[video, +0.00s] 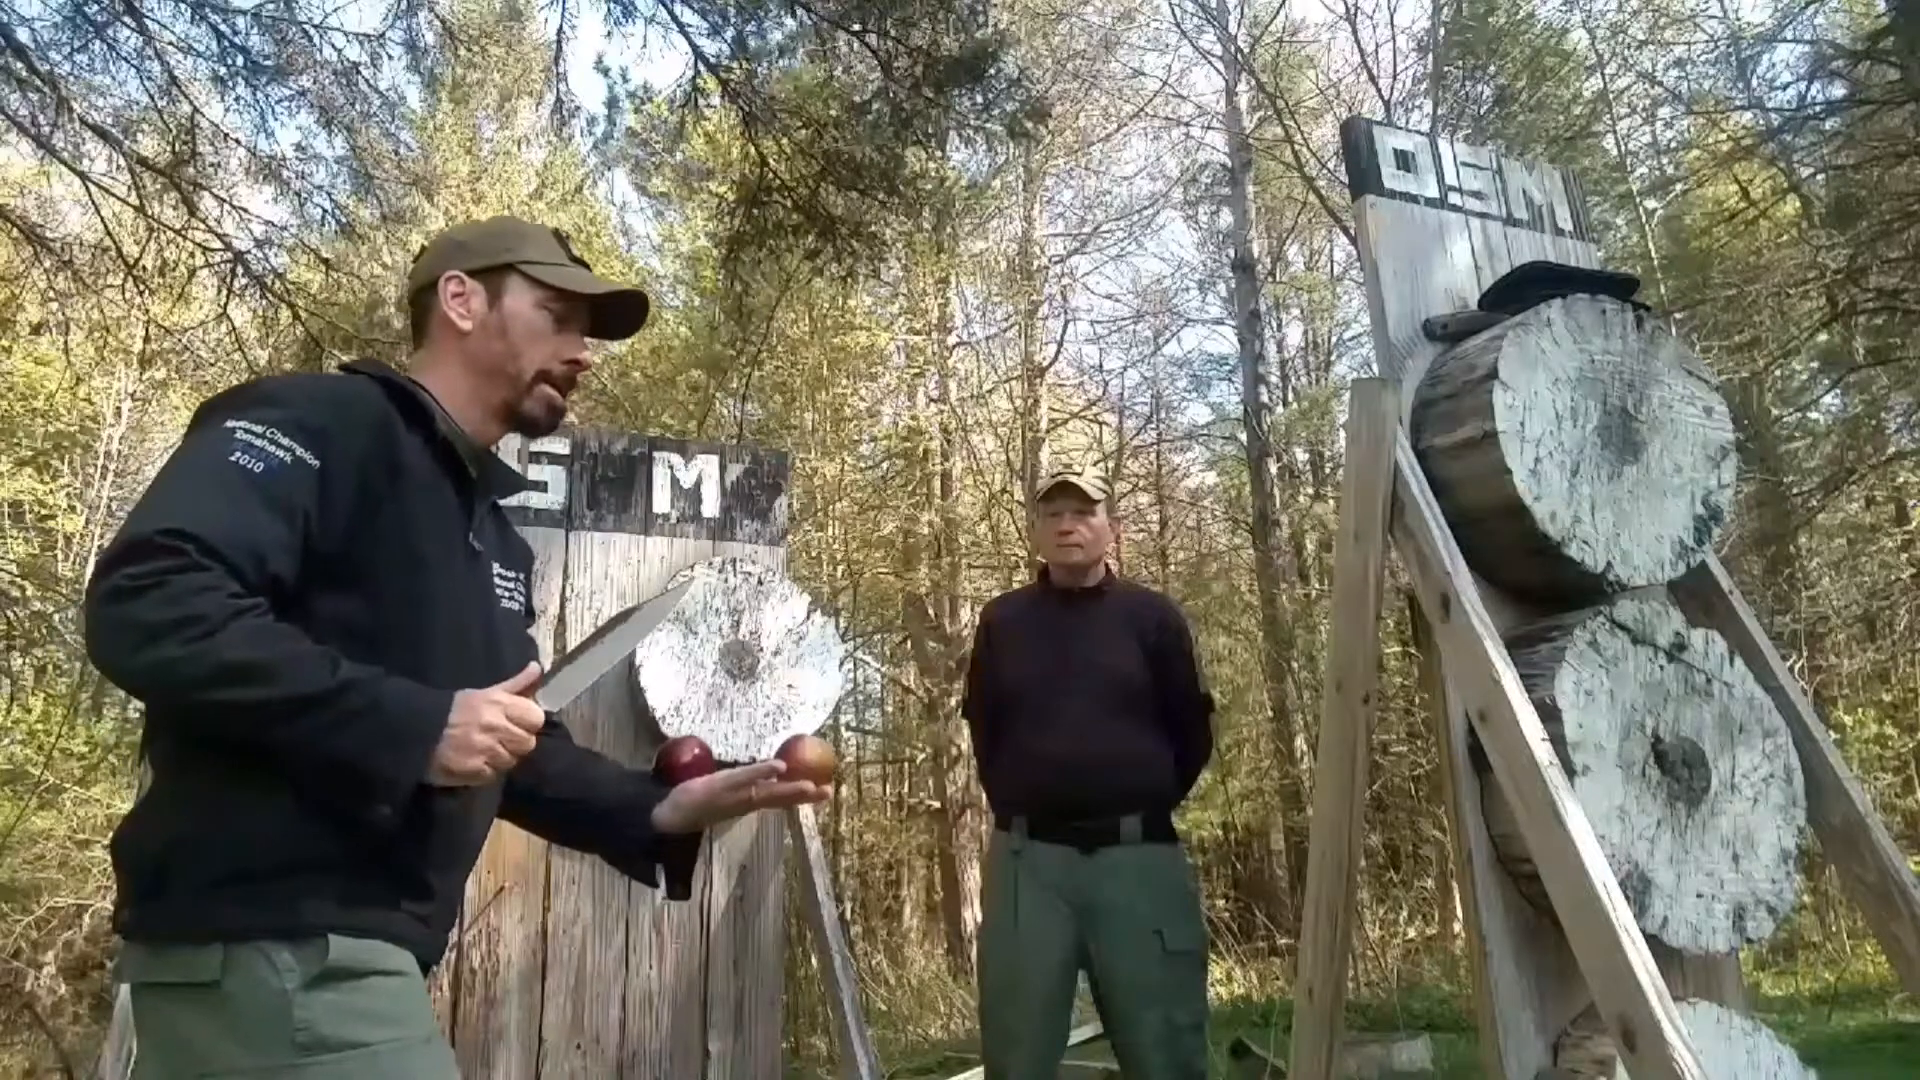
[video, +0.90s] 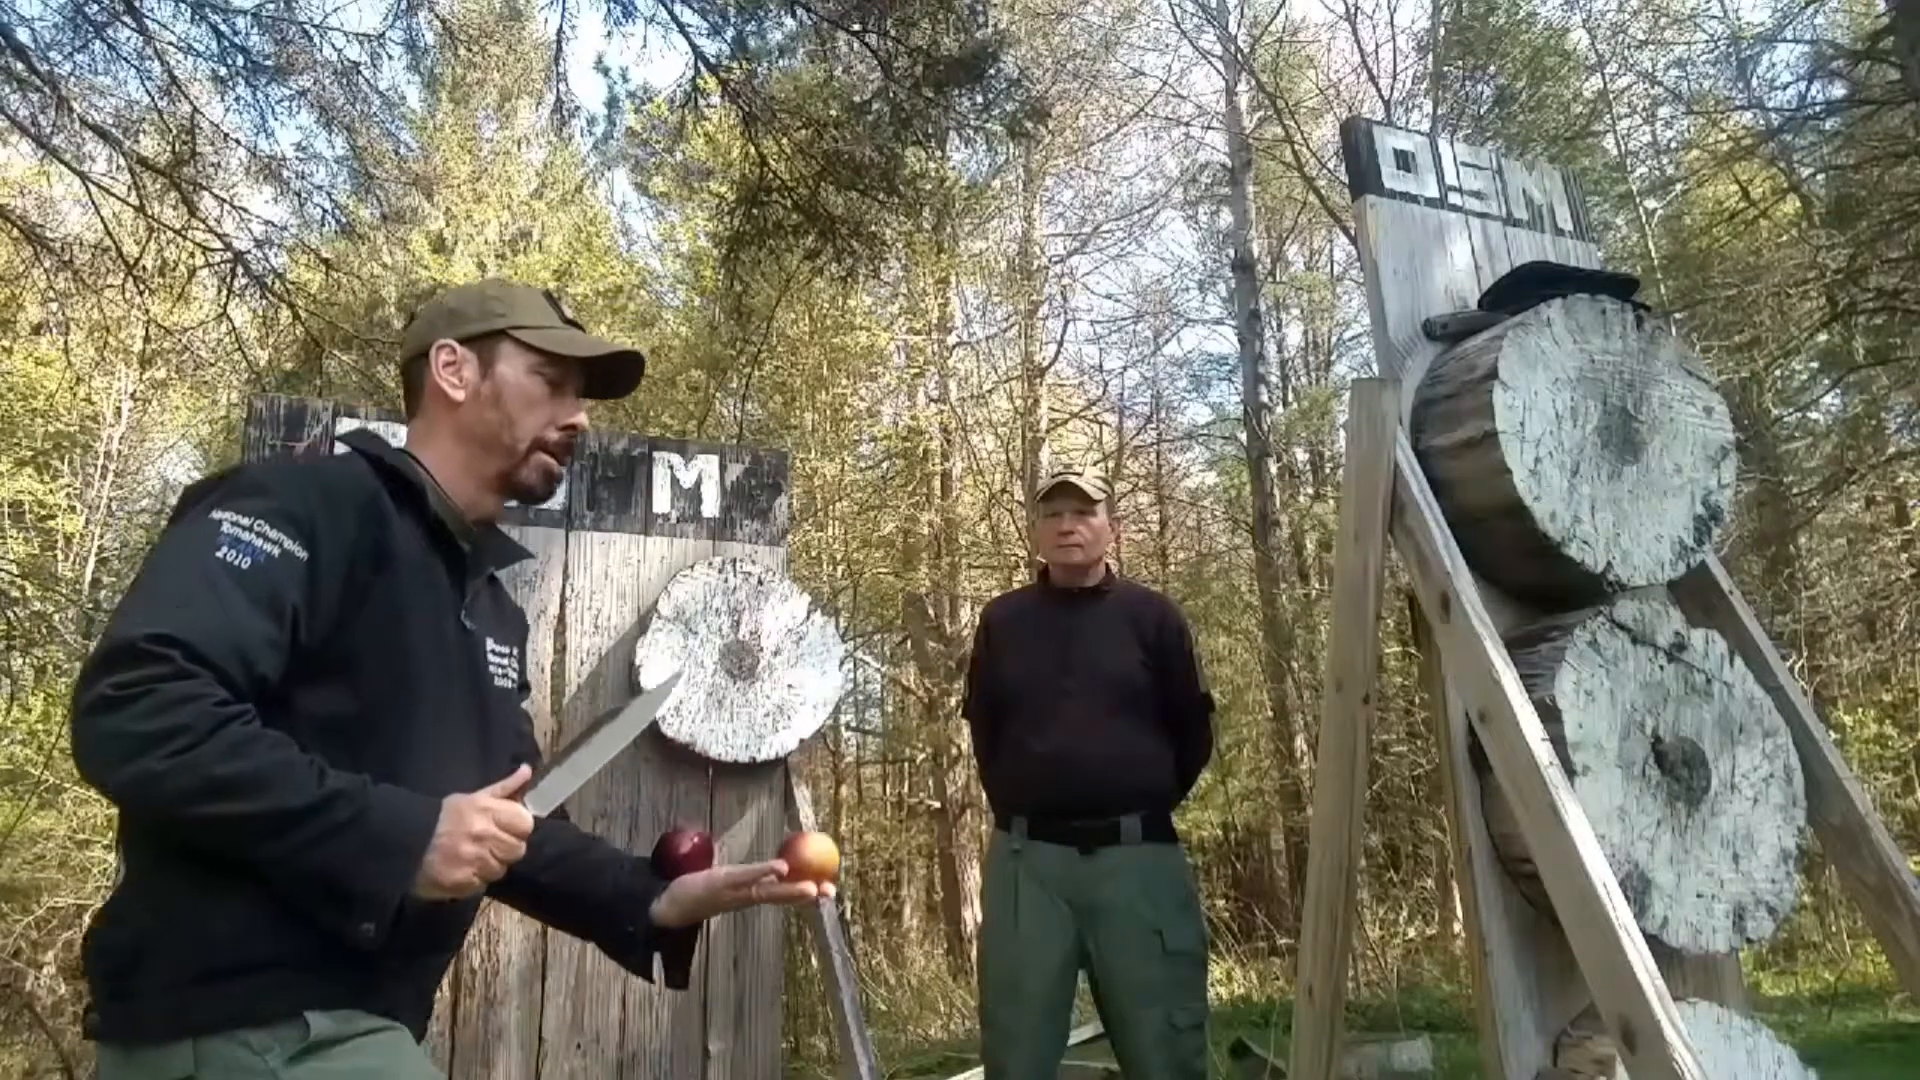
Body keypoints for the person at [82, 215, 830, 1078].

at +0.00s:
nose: (587, 351)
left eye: (592, 331)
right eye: (562, 315)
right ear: (461, 302)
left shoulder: (495, 540)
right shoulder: (318, 417)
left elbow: (496, 741)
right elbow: (146, 603)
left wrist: (660, 807)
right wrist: (418, 725)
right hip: (276, 957)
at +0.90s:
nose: (580, 420)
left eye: (583, 397)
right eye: (555, 382)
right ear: (455, 372)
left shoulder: (491, 608)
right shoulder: (301, 498)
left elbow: (481, 825)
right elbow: (138, 712)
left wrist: (656, 899)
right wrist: (404, 834)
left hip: (361, 1019)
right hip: (246, 1018)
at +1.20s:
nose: (569, 466)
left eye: (574, 443)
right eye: (541, 431)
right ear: (439, 423)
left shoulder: (489, 657)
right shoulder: (272, 569)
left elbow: (504, 866)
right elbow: (127, 796)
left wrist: (653, 957)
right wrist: (390, 917)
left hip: (384, 1049)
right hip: (218, 1048)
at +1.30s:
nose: (565, 472)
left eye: (570, 449)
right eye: (538, 437)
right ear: (433, 433)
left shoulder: (485, 663)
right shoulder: (270, 579)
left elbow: (510, 872)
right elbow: (127, 810)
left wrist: (661, 959)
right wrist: (388, 933)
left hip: (389, 1051)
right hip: (220, 1052)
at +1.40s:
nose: (560, 473)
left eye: (566, 450)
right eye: (531, 439)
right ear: (430, 433)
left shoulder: (487, 663)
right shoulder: (265, 583)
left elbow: (519, 869)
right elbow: (129, 815)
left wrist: (675, 946)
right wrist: (390, 934)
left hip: (397, 1053)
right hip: (226, 1051)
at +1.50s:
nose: (554, 464)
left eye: (558, 441)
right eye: (527, 429)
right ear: (425, 426)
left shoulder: (486, 644)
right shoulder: (265, 574)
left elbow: (530, 848)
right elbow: (137, 807)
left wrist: (697, 911)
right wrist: (399, 917)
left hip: (406, 1050)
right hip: (237, 1050)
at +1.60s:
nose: (552, 449)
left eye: (554, 424)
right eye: (523, 412)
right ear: (420, 409)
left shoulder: (486, 627)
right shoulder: (264, 558)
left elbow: (545, 815)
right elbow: (149, 787)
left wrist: (716, 852)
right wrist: (422, 874)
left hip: (407, 1039)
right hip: (253, 1039)